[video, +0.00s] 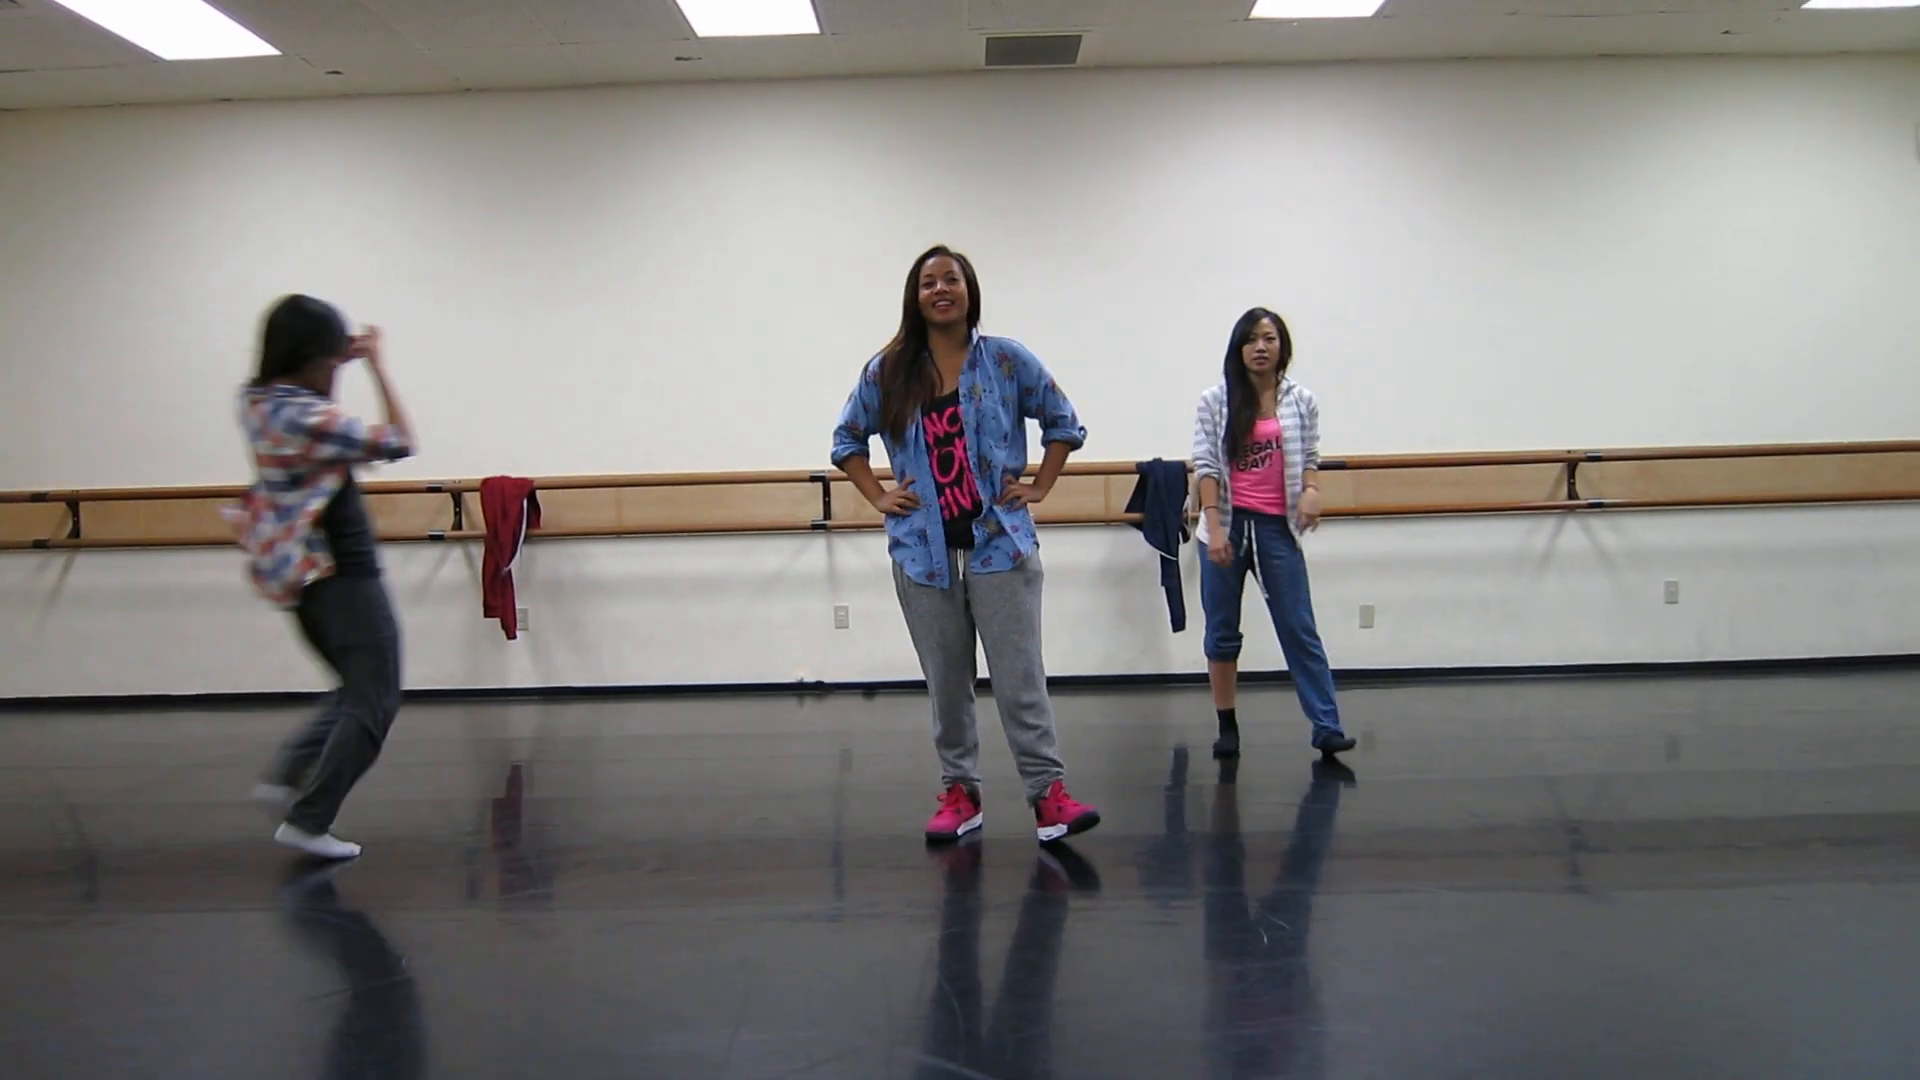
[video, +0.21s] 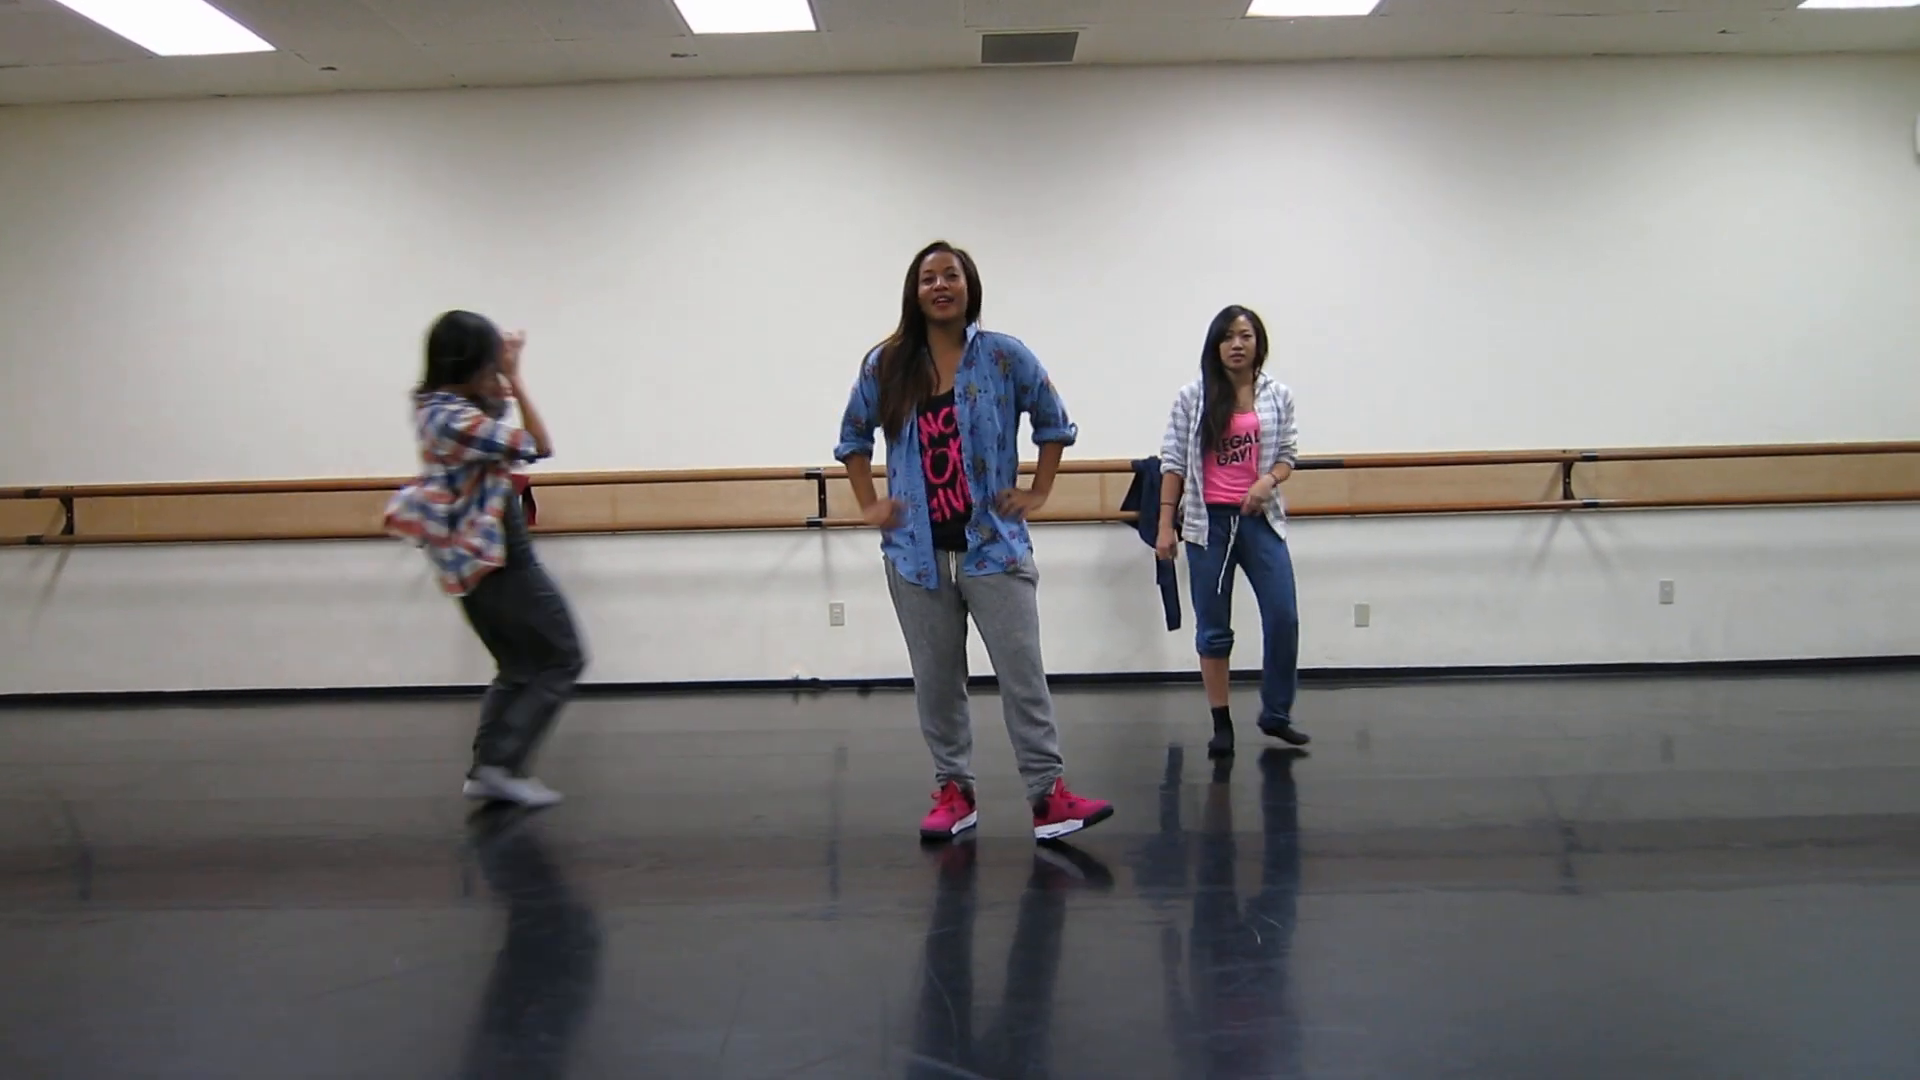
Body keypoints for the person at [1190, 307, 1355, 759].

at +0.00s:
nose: (1259, 347)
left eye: (1269, 339)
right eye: (1251, 340)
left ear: (1283, 347)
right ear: (1237, 348)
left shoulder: (1300, 401)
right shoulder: (1215, 401)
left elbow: (1310, 458)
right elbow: (1206, 466)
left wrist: (1311, 491)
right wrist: (1214, 527)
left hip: (1277, 525)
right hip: (1224, 524)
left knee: (1300, 628)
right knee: (1222, 632)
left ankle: (1327, 729)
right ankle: (1226, 727)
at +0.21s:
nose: (1237, 344)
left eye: (1246, 336)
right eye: (1228, 337)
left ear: (1259, 344)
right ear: (1215, 346)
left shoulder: (1276, 396)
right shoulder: (1192, 398)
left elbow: (1288, 457)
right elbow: (1173, 464)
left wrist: (1267, 482)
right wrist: (1165, 524)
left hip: (1259, 520)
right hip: (1205, 521)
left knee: (1284, 615)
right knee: (1213, 629)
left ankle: (1275, 715)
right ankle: (1221, 725)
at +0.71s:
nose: (1220, 356)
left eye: (1227, 349)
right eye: (1210, 351)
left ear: (1240, 357)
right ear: (1199, 363)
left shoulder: (1259, 406)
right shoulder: (1183, 411)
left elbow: (1261, 475)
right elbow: (1164, 468)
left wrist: (1286, 456)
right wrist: (1158, 501)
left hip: (1248, 529)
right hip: (1202, 527)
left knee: (1246, 625)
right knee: (1208, 623)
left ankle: (1228, 711)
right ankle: (1213, 724)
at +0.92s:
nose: (1237, 355)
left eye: (1244, 347)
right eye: (1227, 350)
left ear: (1256, 354)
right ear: (1216, 360)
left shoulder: (1271, 401)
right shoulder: (1201, 405)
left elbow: (1279, 462)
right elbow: (1170, 463)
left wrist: (1302, 438)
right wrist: (1190, 461)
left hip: (1261, 520)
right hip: (1217, 519)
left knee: (1254, 619)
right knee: (1225, 615)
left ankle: (1244, 713)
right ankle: (1222, 712)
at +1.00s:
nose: (1242, 355)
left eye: (1249, 347)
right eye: (1232, 349)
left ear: (1261, 354)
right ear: (1220, 359)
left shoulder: (1275, 400)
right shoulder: (1206, 404)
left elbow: (1284, 463)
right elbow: (1173, 464)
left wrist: (1305, 435)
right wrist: (1196, 455)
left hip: (1263, 520)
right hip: (1219, 518)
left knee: (1256, 622)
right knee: (1224, 618)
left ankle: (1248, 712)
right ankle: (1210, 711)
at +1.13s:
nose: (1250, 357)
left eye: (1257, 350)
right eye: (1241, 352)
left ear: (1268, 356)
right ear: (1229, 361)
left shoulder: (1281, 404)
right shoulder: (1213, 406)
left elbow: (1289, 468)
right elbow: (1182, 466)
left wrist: (1310, 439)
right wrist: (1206, 454)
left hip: (1271, 524)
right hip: (1226, 522)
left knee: (1265, 626)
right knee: (1217, 621)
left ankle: (1257, 715)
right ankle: (1191, 708)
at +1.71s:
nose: (1207, 355)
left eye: (1215, 348)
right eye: (1199, 349)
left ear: (1229, 355)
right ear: (1187, 357)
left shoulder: (1245, 403)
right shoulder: (1167, 404)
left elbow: (1251, 475)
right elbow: (1145, 465)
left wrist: (1257, 440)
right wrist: (1171, 454)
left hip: (1228, 521)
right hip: (1178, 519)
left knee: (1247, 612)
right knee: (1175, 615)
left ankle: (1268, 706)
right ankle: (1176, 704)